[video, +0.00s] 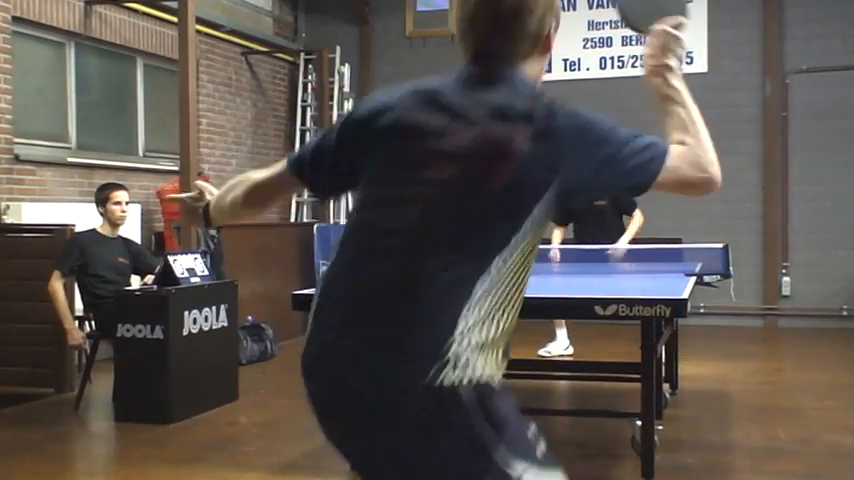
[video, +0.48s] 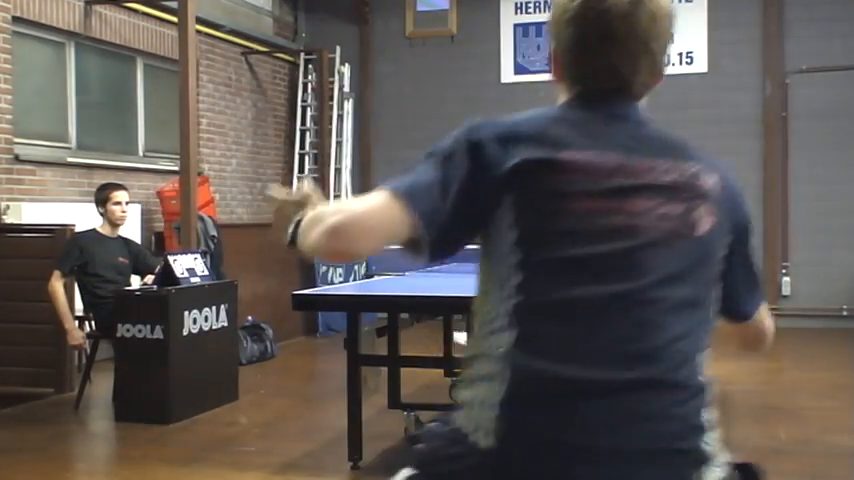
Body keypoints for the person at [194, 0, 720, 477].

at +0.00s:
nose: (555, 41)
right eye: (554, 30)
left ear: (465, 34)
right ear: (547, 41)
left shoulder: (390, 110)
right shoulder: (553, 127)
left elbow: (271, 187)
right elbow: (701, 170)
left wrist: (215, 204)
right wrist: (665, 76)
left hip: (332, 371)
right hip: (438, 388)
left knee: (401, 468)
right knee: (534, 469)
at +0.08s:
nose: (574, 6)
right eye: (572, 4)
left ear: (478, 4)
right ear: (560, 8)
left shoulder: (406, 66)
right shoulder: (583, 89)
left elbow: (272, 145)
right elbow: (713, 189)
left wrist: (229, 184)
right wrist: (687, 100)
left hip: (351, 327)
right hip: (465, 338)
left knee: (387, 469)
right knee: (594, 473)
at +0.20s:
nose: (590, 8)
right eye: (589, 6)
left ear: (495, 5)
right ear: (580, 8)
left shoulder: (434, 60)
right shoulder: (623, 94)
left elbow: (286, 145)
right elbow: (729, 238)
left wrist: (255, 158)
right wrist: (688, 168)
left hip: (409, 346)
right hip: (538, 358)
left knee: (417, 468)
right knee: (627, 466)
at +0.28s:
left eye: (496, 22)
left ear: (500, 36)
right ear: (591, 39)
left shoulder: (448, 112)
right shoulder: (641, 140)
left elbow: (300, 196)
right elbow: (734, 287)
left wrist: (273, 179)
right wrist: (684, 238)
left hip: (435, 427)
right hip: (578, 431)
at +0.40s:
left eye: (522, 63)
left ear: (525, 78)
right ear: (627, 86)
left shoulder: (466, 161)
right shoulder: (672, 192)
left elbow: (323, 255)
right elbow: (736, 343)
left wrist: (289, 239)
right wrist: (681, 288)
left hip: (468, 452)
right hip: (612, 458)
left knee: (392, 453)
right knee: (676, 461)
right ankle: (677, 465)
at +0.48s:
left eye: (550, 44)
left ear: (555, 63)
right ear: (657, 72)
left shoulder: (497, 147)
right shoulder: (712, 182)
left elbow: (342, 239)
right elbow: (755, 333)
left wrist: (309, 215)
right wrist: (686, 286)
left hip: (517, 450)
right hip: (669, 457)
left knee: (392, 465)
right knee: (740, 468)